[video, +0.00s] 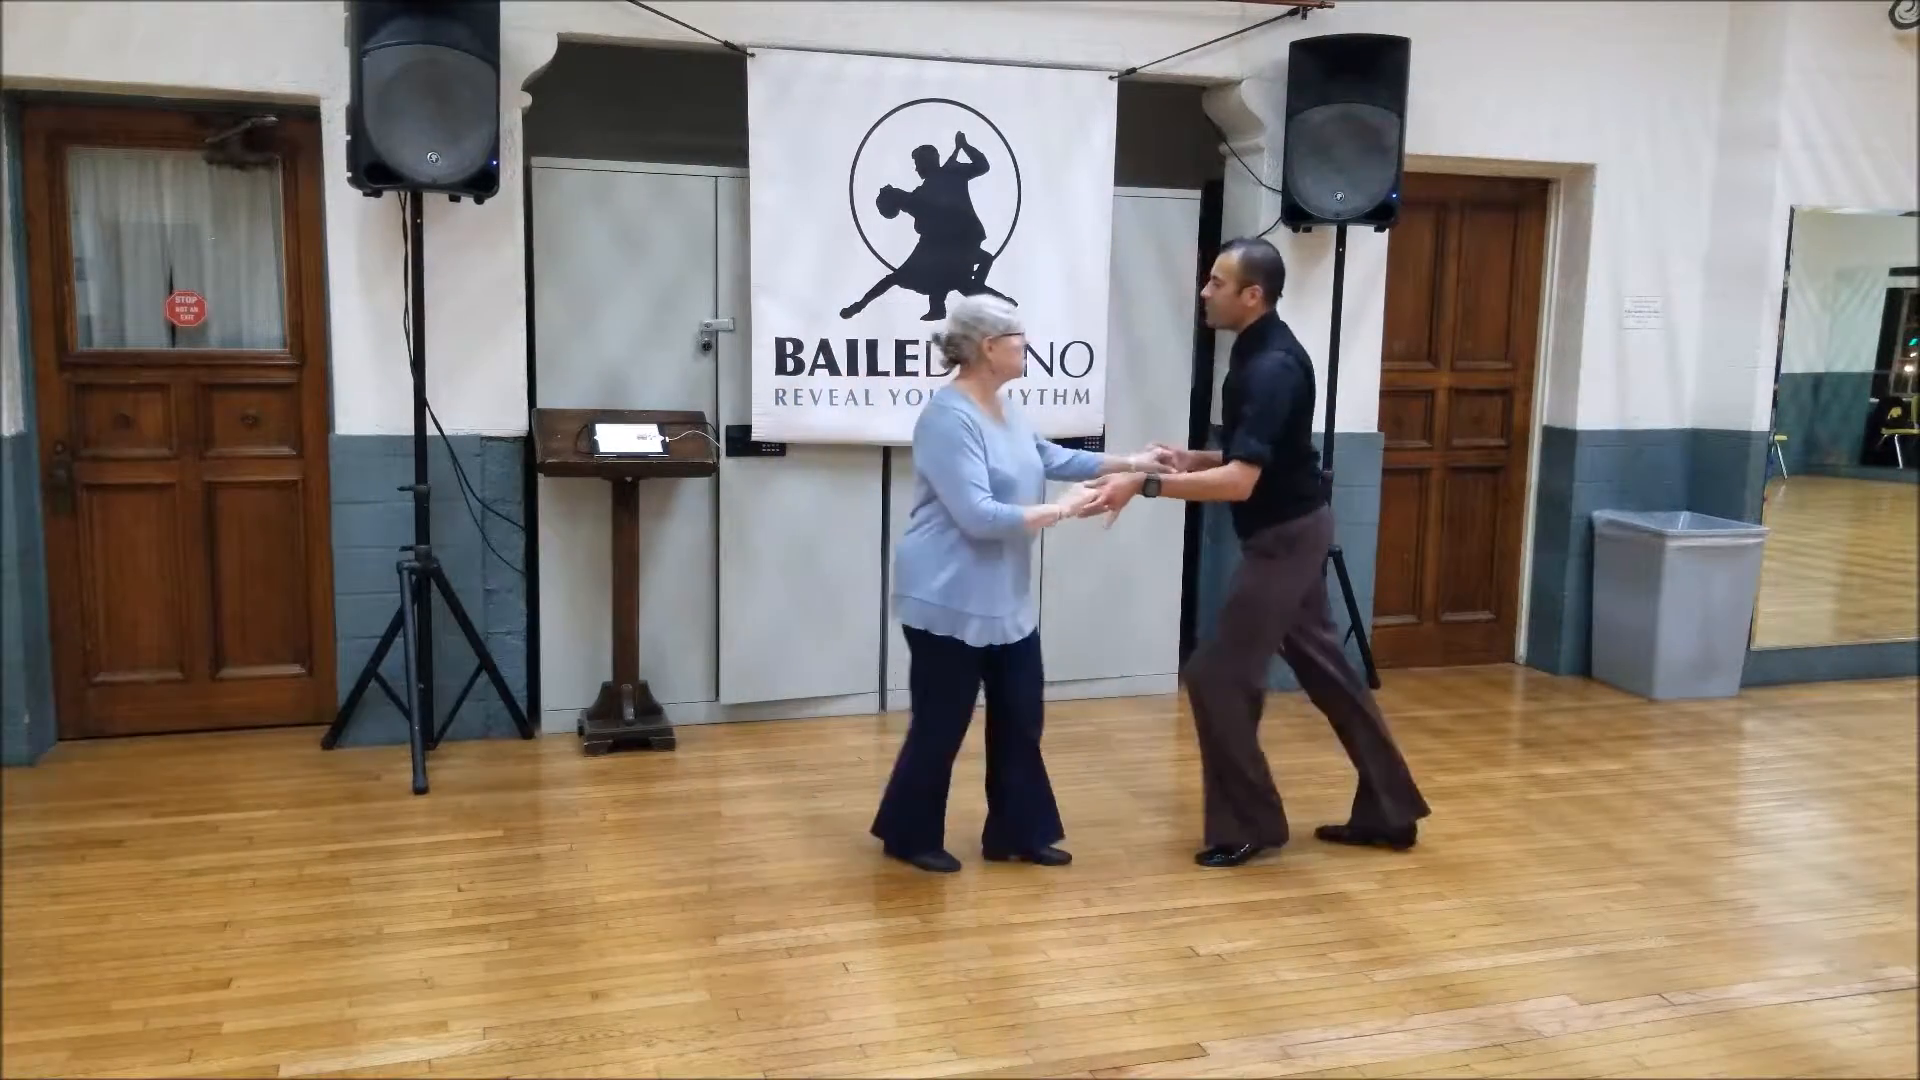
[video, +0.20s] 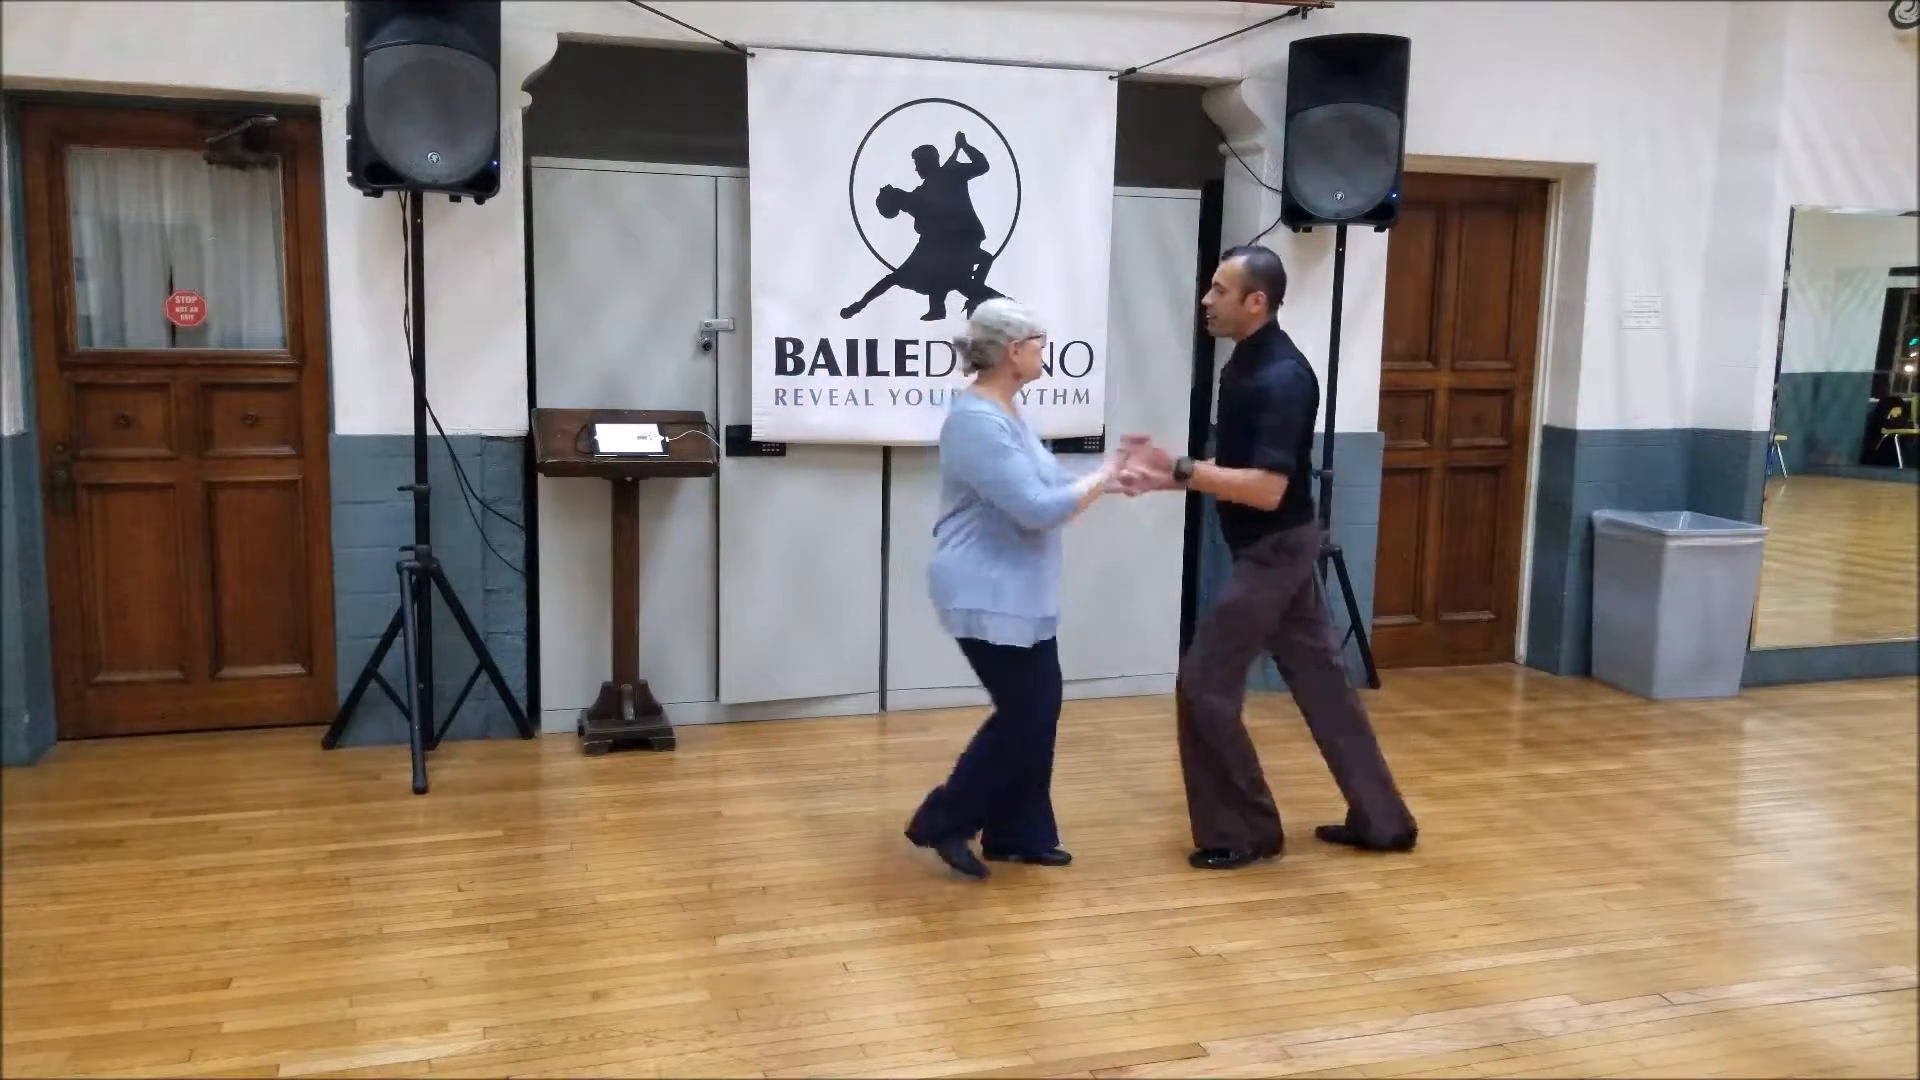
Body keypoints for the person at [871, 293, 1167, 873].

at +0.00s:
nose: (1025, 346)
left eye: (1022, 336)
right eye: (1014, 338)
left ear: (994, 348)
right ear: (980, 348)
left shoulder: (1005, 409)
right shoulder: (945, 417)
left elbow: (1054, 460)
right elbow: (977, 516)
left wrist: (1134, 461)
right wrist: (1061, 509)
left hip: (1005, 590)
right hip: (948, 592)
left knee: (1019, 716)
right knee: (942, 719)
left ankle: (1016, 832)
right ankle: (908, 833)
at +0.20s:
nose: (1043, 350)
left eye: (1041, 341)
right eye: (1035, 342)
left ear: (1004, 353)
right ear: (1007, 352)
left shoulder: (1008, 416)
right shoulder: (975, 421)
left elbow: (1054, 489)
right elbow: (1035, 510)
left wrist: (1110, 477)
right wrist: (1100, 481)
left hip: (1020, 588)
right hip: (983, 590)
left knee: (1039, 703)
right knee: (1026, 707)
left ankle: (1019, 832)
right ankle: (944, 820)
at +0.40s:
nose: (1037, 352)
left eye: (1034, 344)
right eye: (1035, 345)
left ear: (974, 346)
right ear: (1025, 351)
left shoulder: (940, 409)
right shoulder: (1026, 418)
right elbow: (1122, 454)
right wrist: (1117, 387)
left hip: (946, 590)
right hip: (1011, 596)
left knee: (986, 721)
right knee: (1019, 724)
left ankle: (1013, 829)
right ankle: (987, 871)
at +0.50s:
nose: (1024, 350)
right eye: (1025, 342)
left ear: (966, 341)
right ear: (1022, 346)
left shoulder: (927, 406)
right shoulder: (1039, 413)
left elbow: (909, 479)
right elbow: (1121, 412)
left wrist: (965, 467)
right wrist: (1096, 344)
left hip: (932, 595)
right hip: (1015, 599)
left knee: (954, 724)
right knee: (1004, 727)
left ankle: (974, 859)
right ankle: (985, 872)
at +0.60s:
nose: (960, 343)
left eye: (956, 335)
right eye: (994, 337)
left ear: (954, 341)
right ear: (1010, 343)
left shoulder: (915, 407)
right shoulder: (1033, 407)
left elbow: (886, 485)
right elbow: (1089, 372)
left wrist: (944, 474)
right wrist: (1059, 311)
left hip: (926, 593)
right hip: (1018, 594)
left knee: (925, 724)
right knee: (1004, 731)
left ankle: (926, 862)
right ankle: (998, 877)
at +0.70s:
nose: (928, 338)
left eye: (931, 330)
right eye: (937, 329)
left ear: (937, 341)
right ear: (998, 346)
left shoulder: (901, 411)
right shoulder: (1017, 406)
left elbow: (864, 496)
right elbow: (1042, 359)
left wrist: (914, 487)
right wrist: (1016, 304)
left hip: (913, 600)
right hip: (1004, 597)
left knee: (905, 734)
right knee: (1003, 730)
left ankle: (904, 867)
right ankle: (1018, 872)